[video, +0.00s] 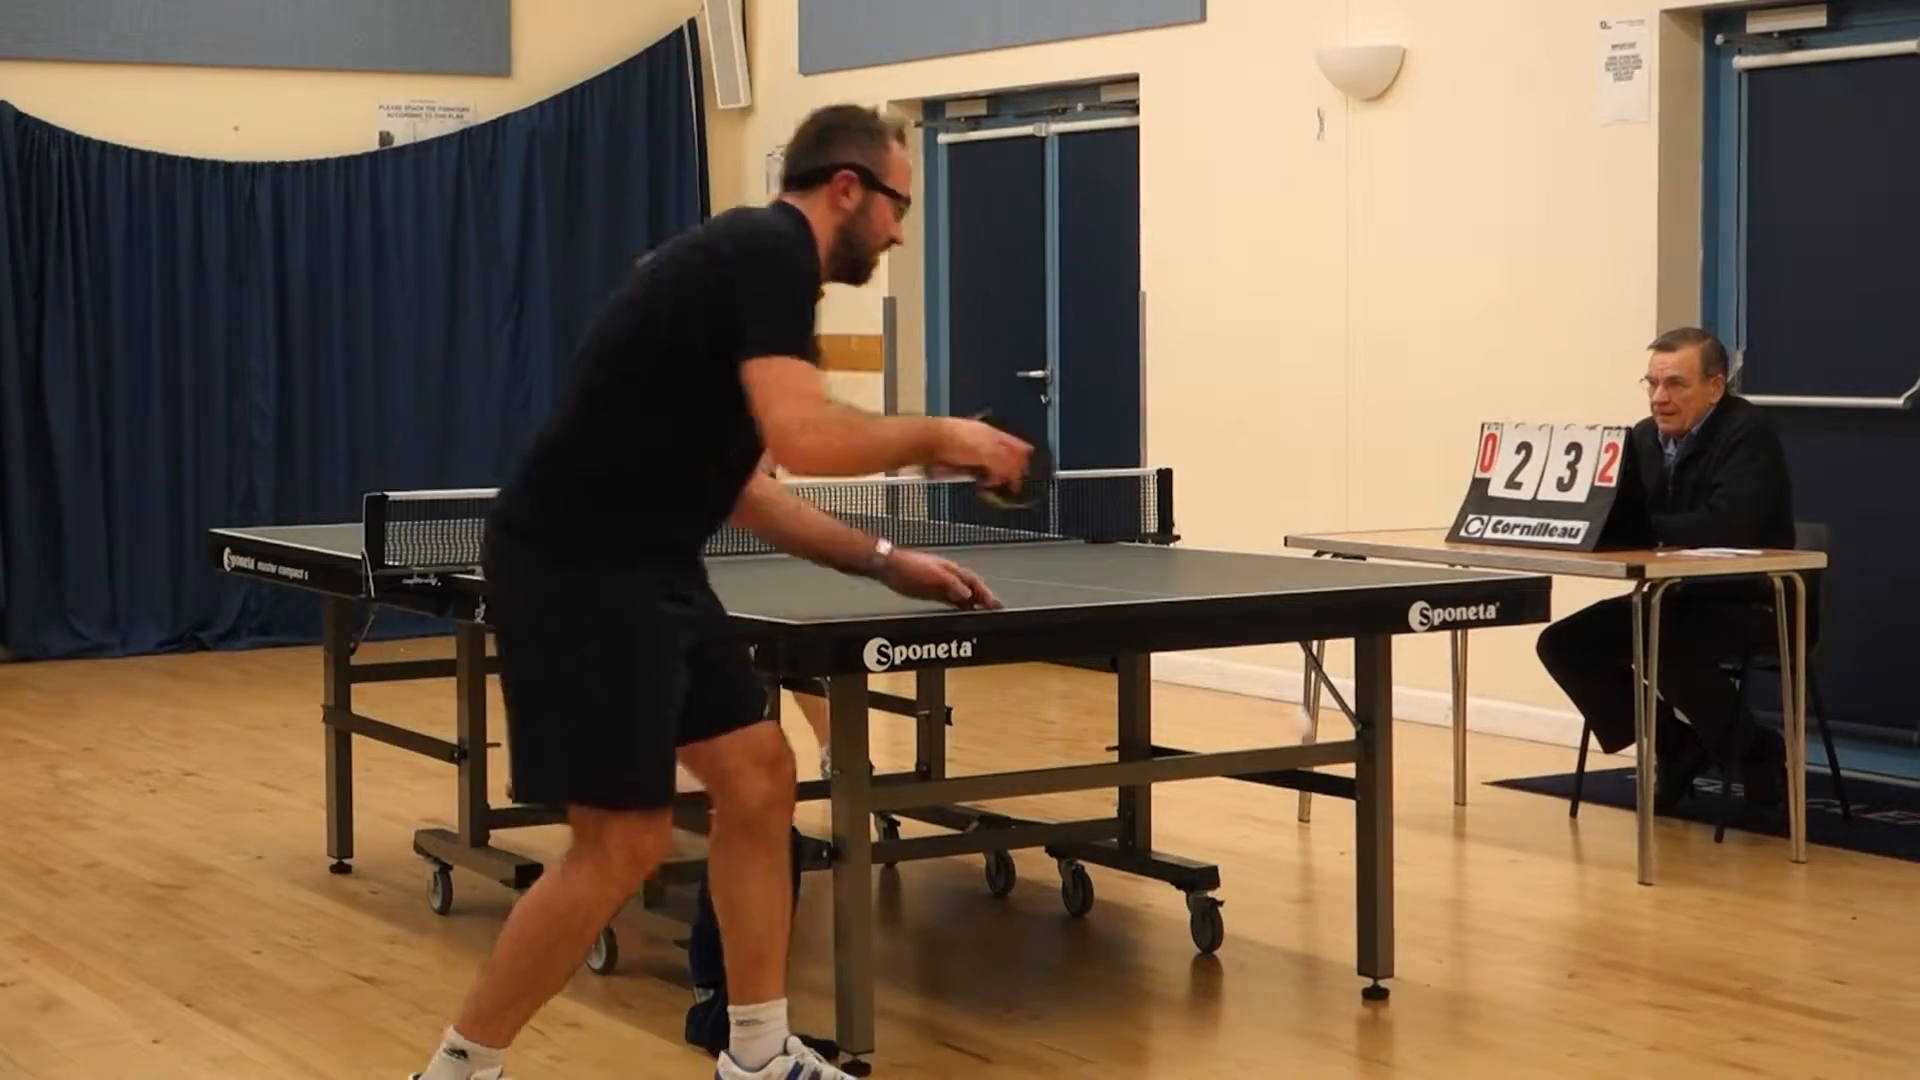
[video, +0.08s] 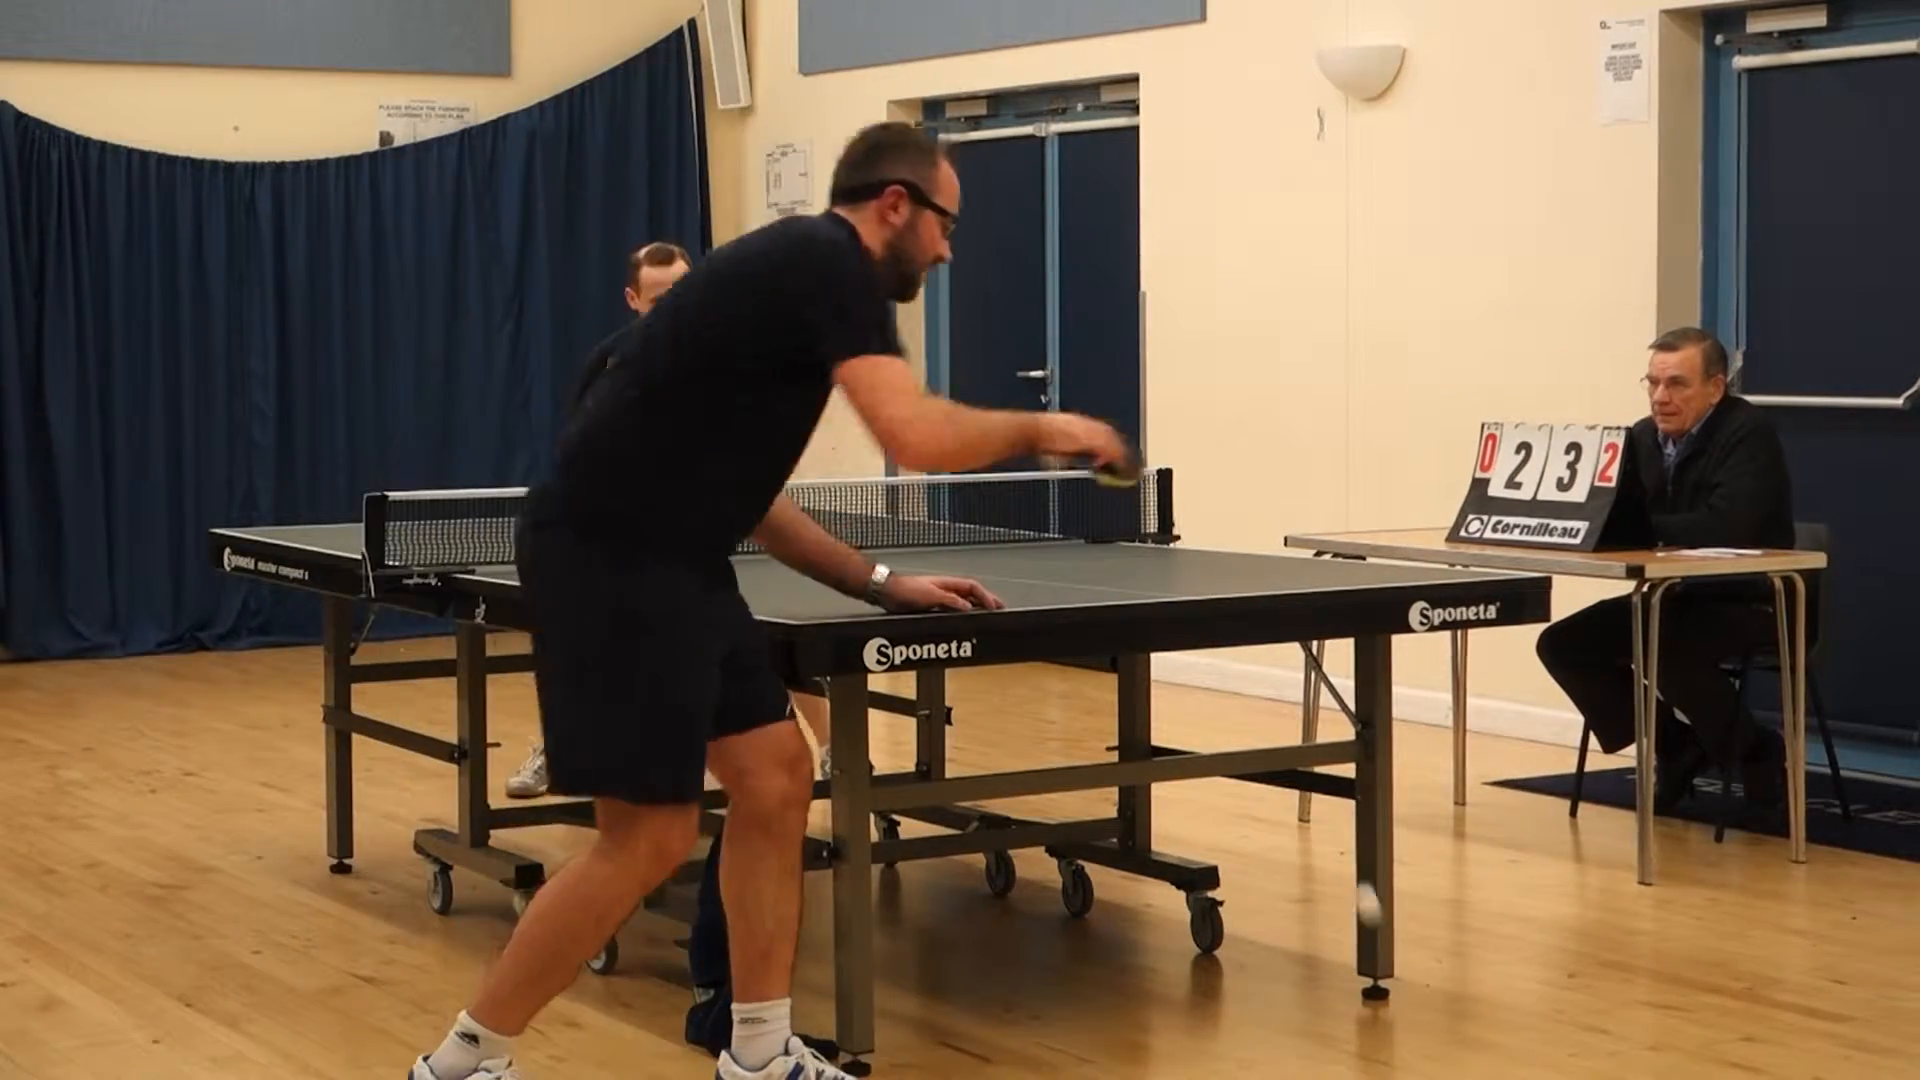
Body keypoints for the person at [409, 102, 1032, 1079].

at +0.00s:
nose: (900, 231)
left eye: (905, 207)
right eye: (898, 202)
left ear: (826, 190)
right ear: (846, 189)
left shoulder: (734, 266)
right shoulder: (768, 245)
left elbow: (744, 491)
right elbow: (798, 432)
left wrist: (888, 561)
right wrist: (940, 435)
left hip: (650, 565)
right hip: (573, 564)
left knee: (758, 773)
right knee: (622, 842)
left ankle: (758, 1052)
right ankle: (455, 1064)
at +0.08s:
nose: (947, 248)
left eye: (951, 225)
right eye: (944, 221)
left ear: (877, 205)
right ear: (893, 204)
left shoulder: (789, 274)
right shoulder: (828, 259)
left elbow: (747, 498)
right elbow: (914, 435)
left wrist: (883, 584)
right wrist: (1042, 429)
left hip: (680, 559)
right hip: (602, 554)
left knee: (775, 771)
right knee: (648, 835)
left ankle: (759, 1051)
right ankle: (463, 1057)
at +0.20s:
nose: (1006, 269)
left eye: (1010, 250)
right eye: (1003, 245)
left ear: (932, 226)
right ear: (949, 222)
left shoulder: (846, 281)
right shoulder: (903, 269)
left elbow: (752, 487)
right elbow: (1053, 415)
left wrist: (880, 585)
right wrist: (1165, 405)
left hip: (707, 538)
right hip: (641, 526)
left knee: (778, 776)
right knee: (658, 825)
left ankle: (758, 1055)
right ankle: (460, 1050)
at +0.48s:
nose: (1092, 308)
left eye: (1094, 292)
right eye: (1088, 289)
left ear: (998, 262)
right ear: (1046, 269)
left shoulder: (904, 308)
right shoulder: (1020, 311)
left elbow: (781, 474)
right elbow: (1181, 452)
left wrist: (891, 586)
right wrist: (1311, 472)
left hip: (723, 513)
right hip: (700, 502)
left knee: (764, 767)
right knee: (639, 800)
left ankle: (759, 1047)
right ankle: (436, 1028)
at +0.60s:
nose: (1101, 335)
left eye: (1103, 316)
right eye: (1098, 313)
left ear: (1016, 287)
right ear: (1058, 292)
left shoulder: (913, 322)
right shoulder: (1034, 335)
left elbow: (785, 468)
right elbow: (1116, 527)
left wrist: (896, 584)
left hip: (708, 498)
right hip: (719, 501)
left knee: (768, 767)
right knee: (648, 794)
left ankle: (760, 1051)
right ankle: (420, 1009)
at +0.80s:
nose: (1087, 342)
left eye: (1095, 321)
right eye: (1090, 315)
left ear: (1010, 282)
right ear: (1045, 288)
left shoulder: (910, 318)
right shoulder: (1002, 344)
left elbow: (784, 476)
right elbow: (984, 554)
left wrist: (893, 586)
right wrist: (1103, 694)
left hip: (682, 495)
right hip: (719, 505)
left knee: (772, 763)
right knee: (654, 798)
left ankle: (760, 1050)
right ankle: (427, 1024)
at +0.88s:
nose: (1076, 322)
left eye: (1084, 303)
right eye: (1078, 297)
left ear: (1009, 263)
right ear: (1027, 269)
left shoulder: (892, 302)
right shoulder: (984, 326)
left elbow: (781, 478)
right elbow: (935, 528)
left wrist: (890, 582)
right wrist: (1056, 646)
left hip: (692, 501)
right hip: (704, 506)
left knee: (771, 769)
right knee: (651, 804)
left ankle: (761, 1051)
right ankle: (448, 1042)